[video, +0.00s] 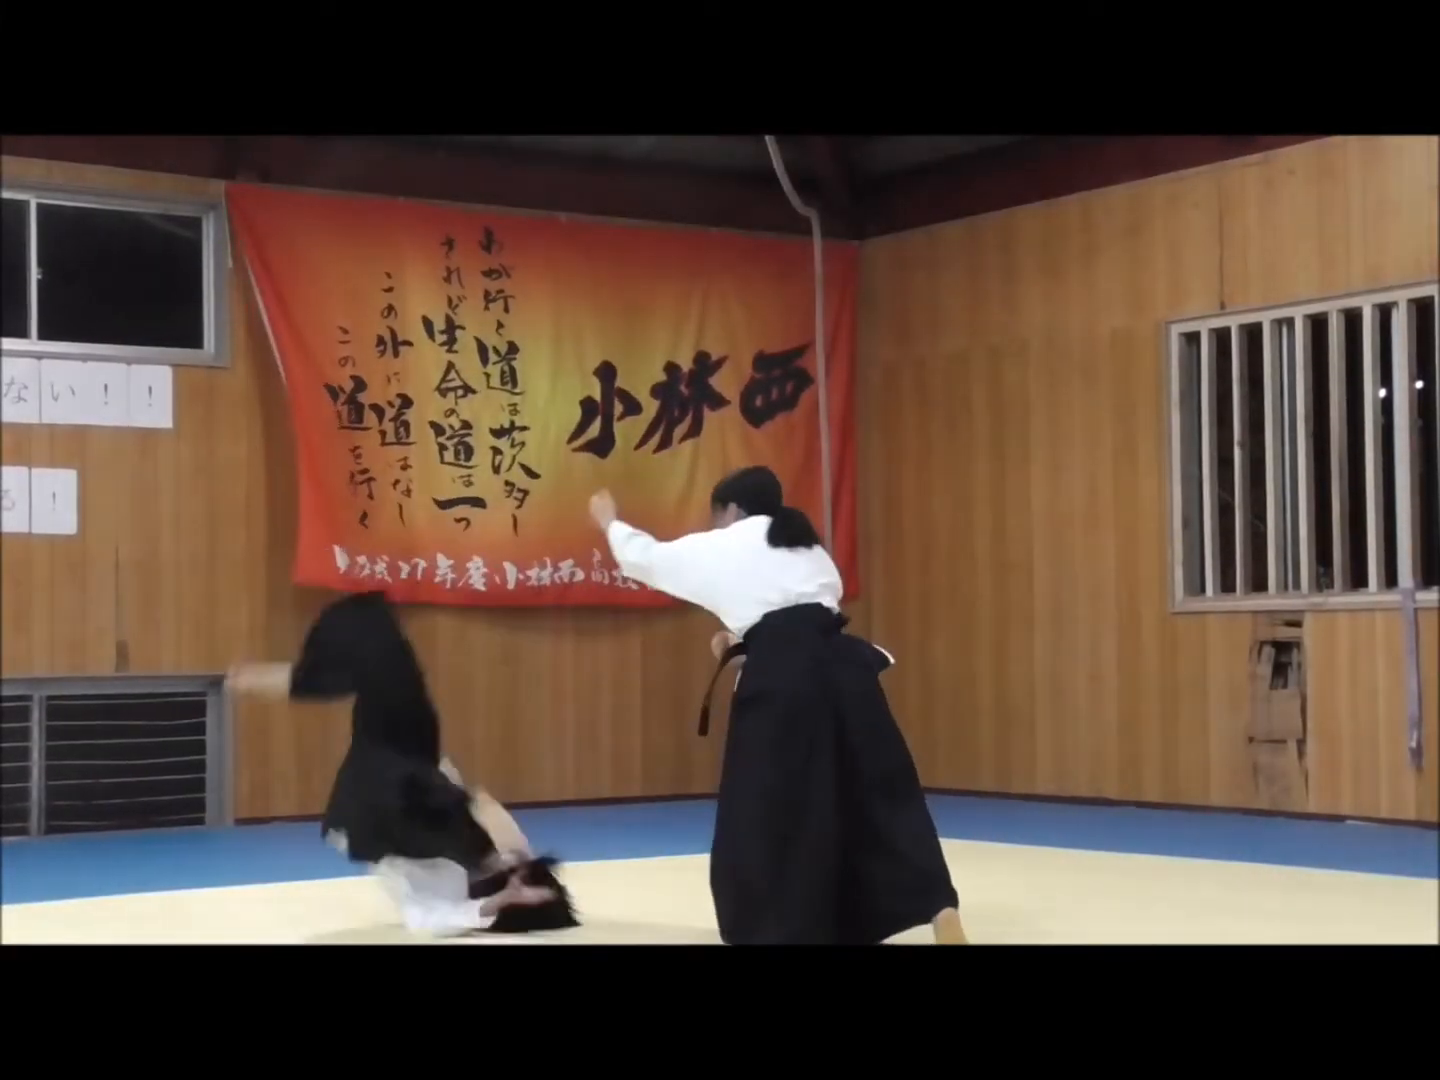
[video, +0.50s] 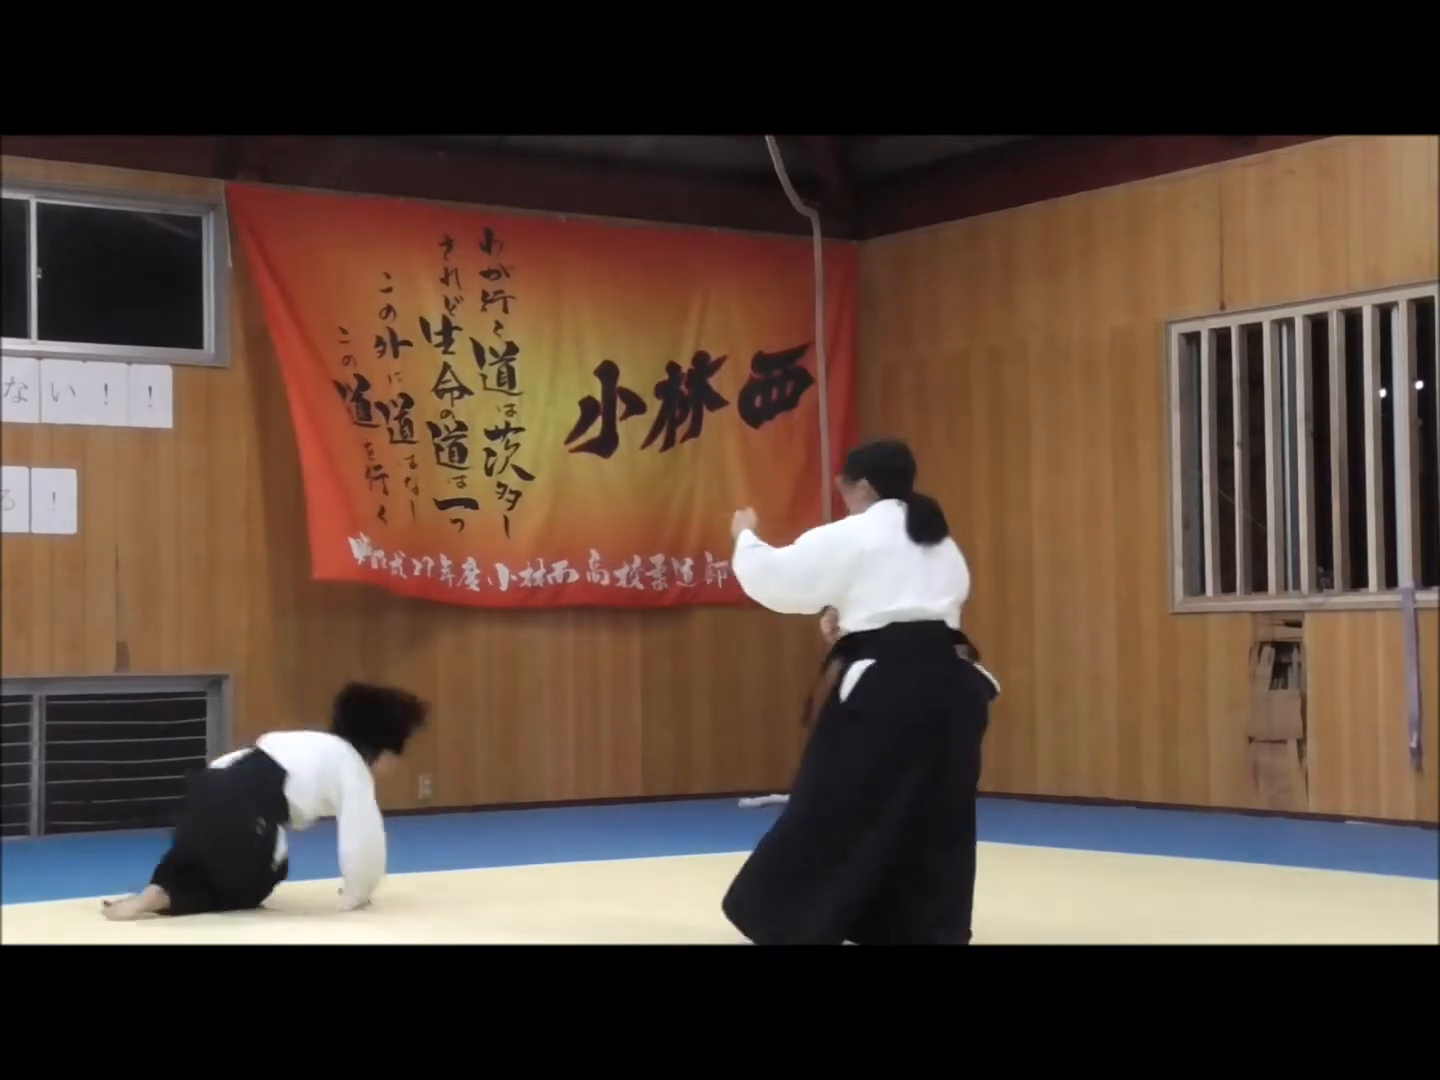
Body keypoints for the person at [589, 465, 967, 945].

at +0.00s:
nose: (713, 522)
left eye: (716, 512)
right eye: (715, 512)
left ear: (733, 510)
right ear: (771, 505)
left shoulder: (719, 548)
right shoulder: (808, 543)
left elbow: (644, 556)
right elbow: (820, 605)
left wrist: (609, 522)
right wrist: (743, 636)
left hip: (780, 678)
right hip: (845, 669)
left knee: (766, 802)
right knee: (889, 786)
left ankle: (767, 927)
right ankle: (942, 904)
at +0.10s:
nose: (726, 513)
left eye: (730, 504)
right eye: (728, 504)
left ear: (749, 503)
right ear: (786, 500)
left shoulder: (731, 542)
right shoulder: (819, 539)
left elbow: (663, 550)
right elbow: (833, 603)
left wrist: (637, 510)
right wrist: (754, 628)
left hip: (784, 678)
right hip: (853, 670)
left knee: (766, 807)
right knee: (891, 788)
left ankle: (762, 929)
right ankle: (947, 902)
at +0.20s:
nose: (751, 510)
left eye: (755, 501)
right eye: (753, 501)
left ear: (771, 501)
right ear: (812, 500)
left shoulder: (755, 541)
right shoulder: (847, 546)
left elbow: (681, 553)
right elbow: (856, 606)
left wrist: (660, 510)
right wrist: (770, 627)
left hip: (800, 682)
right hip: (868, 677)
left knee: (779, 806)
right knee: (893, 794)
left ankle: (769, 928)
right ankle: (947, 901)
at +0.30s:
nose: (785, 509)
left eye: (788, 501)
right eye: (785, 502)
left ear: (804, 502)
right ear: (846, 498)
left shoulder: (782, 545)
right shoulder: (880, 552)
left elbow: (702, 560)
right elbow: (885, 605)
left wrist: (687, 516)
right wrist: (793, 625)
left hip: (824, 689)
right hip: (895, 685)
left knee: (791, 814)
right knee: (908, 809)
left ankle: (760, 930)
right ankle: (950, 918)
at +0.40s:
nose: (814, 505)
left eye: (818, 495)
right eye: (816, 495)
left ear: (836, 496)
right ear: (875, 494)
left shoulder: (824, 541)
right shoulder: (909, 541)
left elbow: (745, 574)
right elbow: (905, 605)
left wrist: (716, 529)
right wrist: (823, 621)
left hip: (858, 683)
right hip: (930, 682)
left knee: (812, 808)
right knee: (924, 813)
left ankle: (770, 924)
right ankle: (930, 926)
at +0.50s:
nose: (843, 498)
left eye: (845, 488)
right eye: (844, 489)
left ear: (863, 487)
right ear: (903, 486)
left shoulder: (851, 536)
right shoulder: (939, 538)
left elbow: (776, 578)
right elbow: (935, 603)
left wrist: (746, 539)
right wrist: (852, 621)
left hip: (883, 685)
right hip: (958, 684)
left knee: (839, 805)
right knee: (939, 816)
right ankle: (932, 929)